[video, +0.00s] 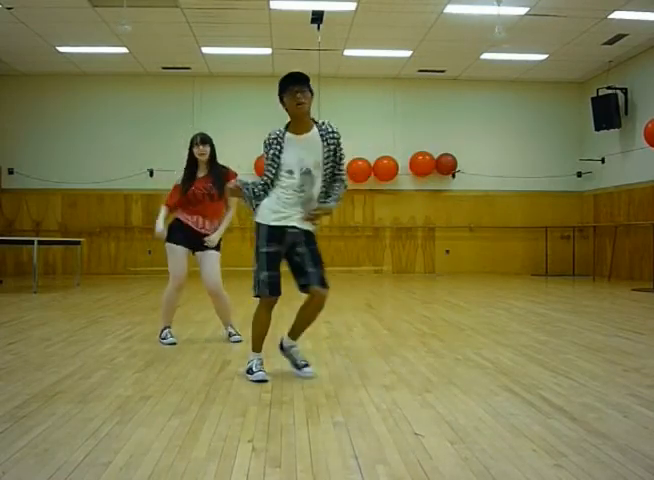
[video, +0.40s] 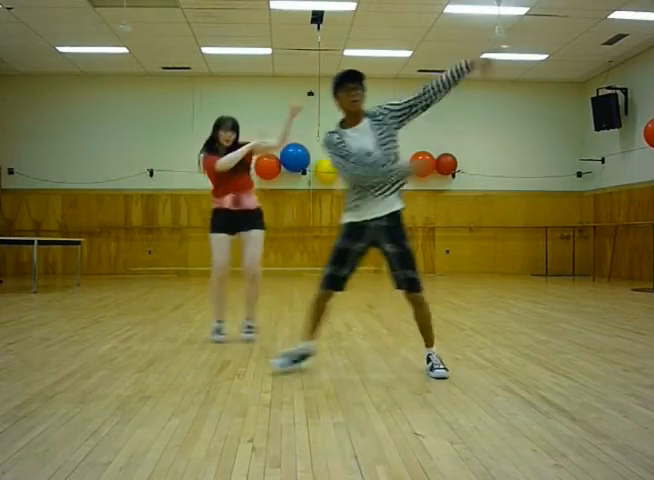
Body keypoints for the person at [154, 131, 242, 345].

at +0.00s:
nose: (201, 149)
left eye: (205, 145)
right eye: (197, 146)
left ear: (211, 148)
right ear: (191, 150)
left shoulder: (224, 175)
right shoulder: (187, 178)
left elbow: (232, 208)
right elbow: (167, 204)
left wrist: (218, 233)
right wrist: (160, 224)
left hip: (209, 233)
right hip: (181, 229)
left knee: (214, 286)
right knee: (178, 279)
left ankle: (229, 327)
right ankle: (166, 328)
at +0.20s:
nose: (210, 151)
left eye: (214, 147)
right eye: (206, 148)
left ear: (220, 151)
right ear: (200, 153)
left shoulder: (235, 175)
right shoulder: (197, 182)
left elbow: (252, 201)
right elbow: (185, 217)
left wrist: (260, 182)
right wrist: (203, 203)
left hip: (226, 234)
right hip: (197, 231)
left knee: (224, 286)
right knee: (186, 281)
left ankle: (231, 326)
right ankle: (167, 328)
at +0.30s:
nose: (218, 141)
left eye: (222, 137)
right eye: (214, 137)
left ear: (228, 140)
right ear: (207, 140)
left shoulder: (241, 159)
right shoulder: (205, 165)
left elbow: (270, 173)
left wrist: (276, 149)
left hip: (239, 221)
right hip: (211, 220)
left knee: (236, 278)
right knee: (198, 275)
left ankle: (234, 326)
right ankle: (185, 325)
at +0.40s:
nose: (228, 135)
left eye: (232, 132)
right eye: (224, 131)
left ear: (237, 134)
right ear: (216, 132)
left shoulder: (244, 150)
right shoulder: (209, 156)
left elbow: (278, 147)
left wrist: (290, 119)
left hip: (250, 212)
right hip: (223, 213)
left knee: (252, 269)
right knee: (220, 270)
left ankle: (250, 321)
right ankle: (218, 322)